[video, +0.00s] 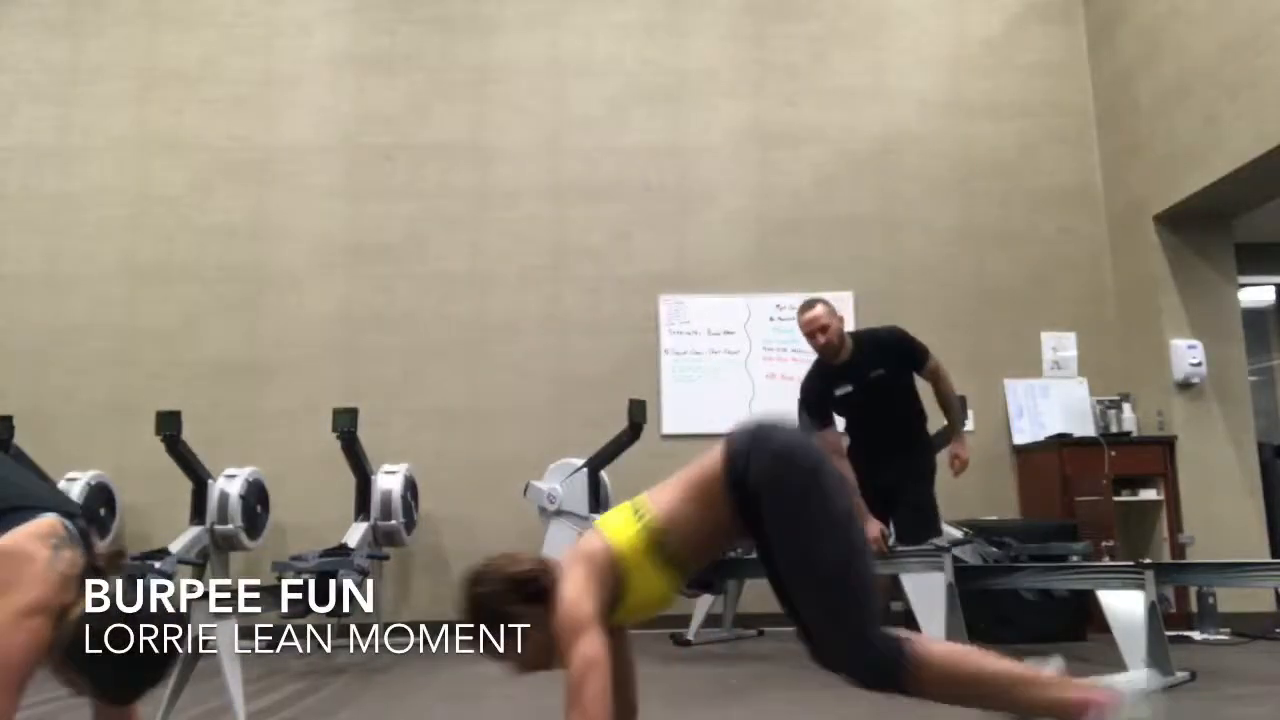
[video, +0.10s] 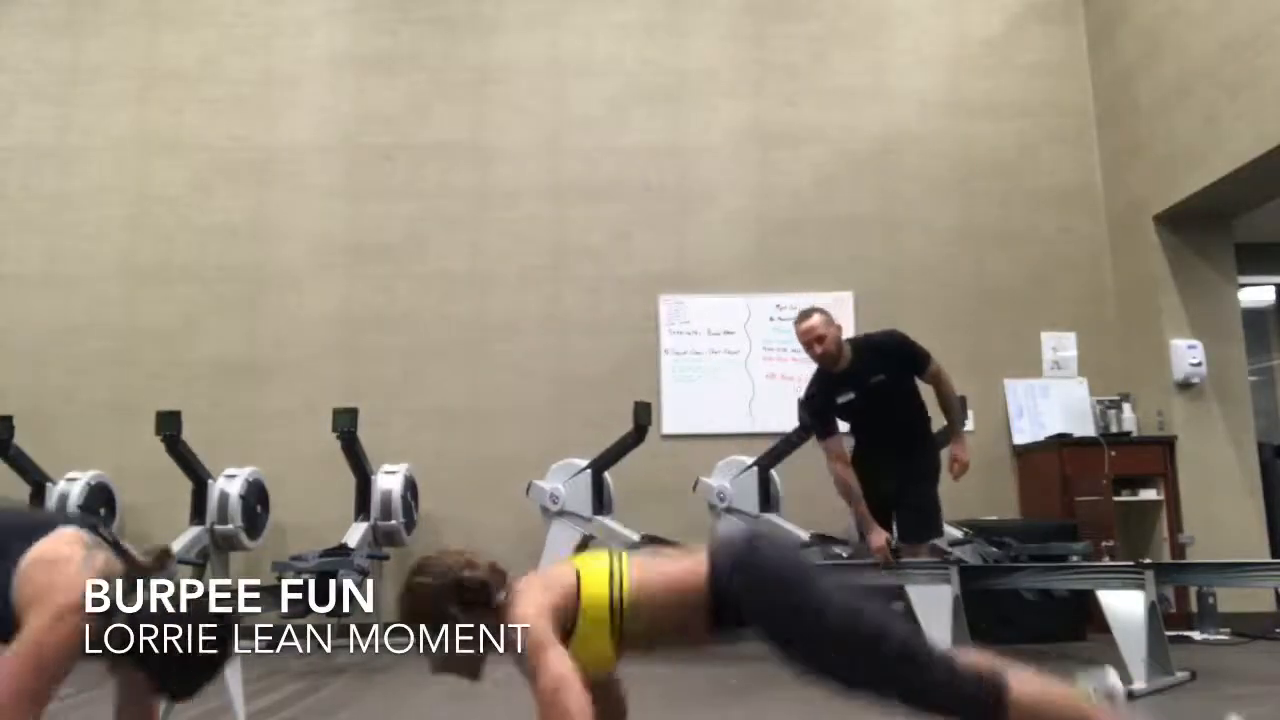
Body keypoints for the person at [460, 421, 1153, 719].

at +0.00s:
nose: (520, 656)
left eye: (509, 646)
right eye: (512, 648)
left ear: (519, 613)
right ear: (536, 605)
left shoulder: (574, 578)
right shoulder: (595, 590)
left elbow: (588, 703)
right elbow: (621, 704)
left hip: (780, 466)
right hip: (775, 486)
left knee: (866, 654)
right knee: (856, 653)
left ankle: (1060, 694)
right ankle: (1045, 688)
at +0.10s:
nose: (456, 657)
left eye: (448, 644)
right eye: (448, 648)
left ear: (464, 618)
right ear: (483, 588)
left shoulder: (529, 609)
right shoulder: (555, 607)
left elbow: (573, 709)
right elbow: (610, 707)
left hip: (751, 575)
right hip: (750, 583)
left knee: (930, 675)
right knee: (923, 669)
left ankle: (1090, 705)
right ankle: (1082, 701)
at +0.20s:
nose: (418, 675)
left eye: (417, 657)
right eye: (412, 659)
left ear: (453, 641)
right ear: (466, 627)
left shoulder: (531, 643)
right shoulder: (534, 627)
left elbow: (577, 714)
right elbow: (599, 700)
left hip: (755, 656)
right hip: (747, 650)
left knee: (917, 712)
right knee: (896, 701)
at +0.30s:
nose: (412, 707)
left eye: (412, 693)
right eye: (409, 693)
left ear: (443, 679)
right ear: (448, 674)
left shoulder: (524, 683)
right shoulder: (521, 676)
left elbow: (575, 714)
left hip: (726, 714)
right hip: (721, 710)